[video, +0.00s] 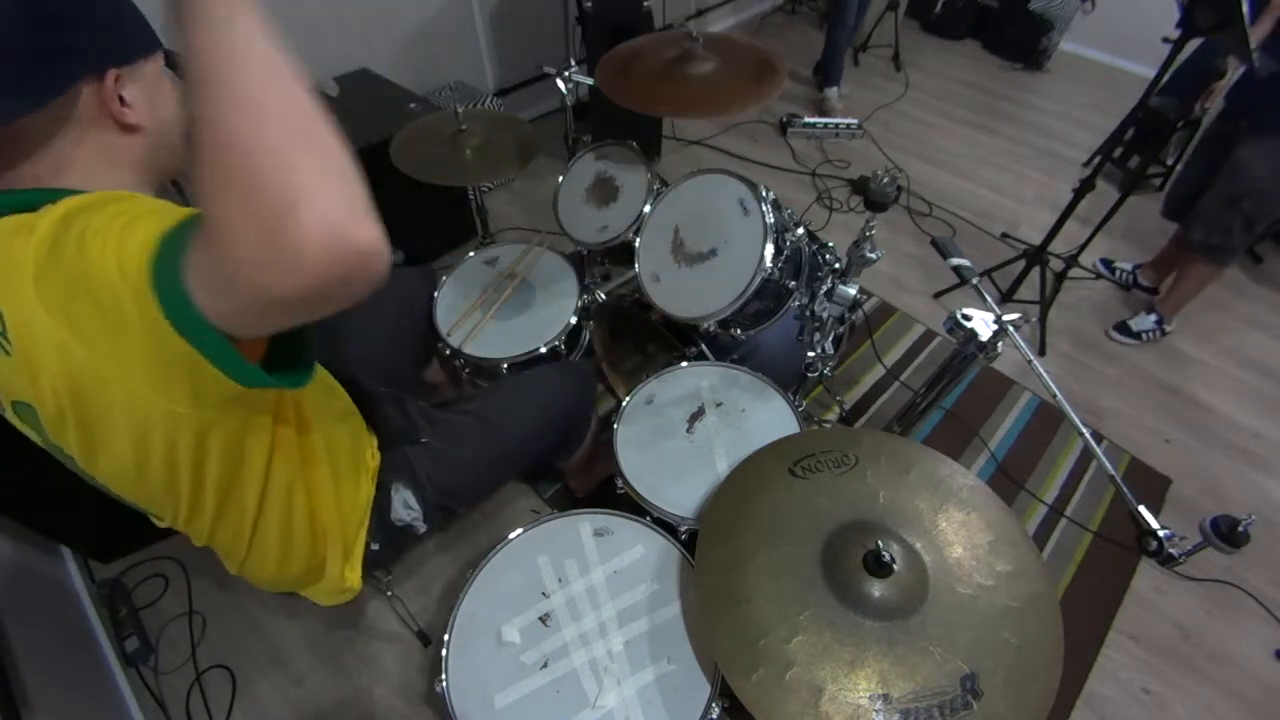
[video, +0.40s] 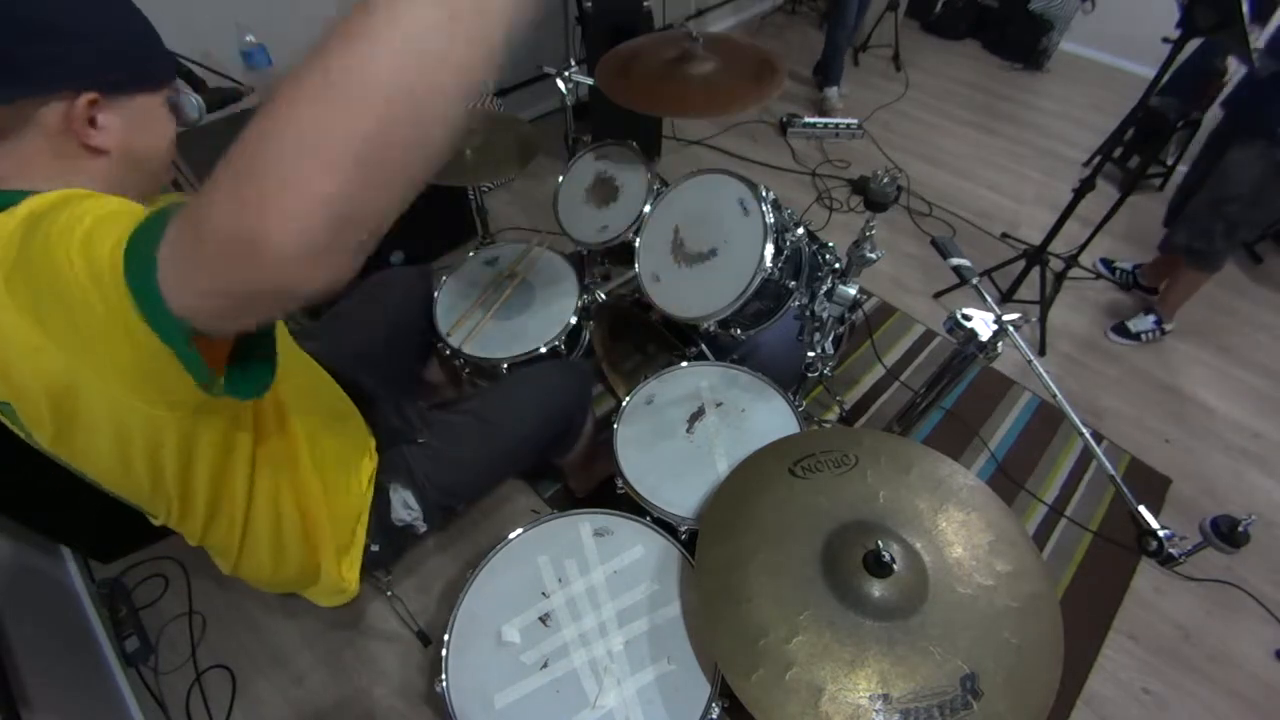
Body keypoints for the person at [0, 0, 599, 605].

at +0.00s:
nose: (183, 101)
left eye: (177, 74)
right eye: (170, 75)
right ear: (118, 98)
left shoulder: (25, 238)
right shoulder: (98, 253)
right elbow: (333, 250)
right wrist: (212, 0)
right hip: (347, 508)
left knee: (420, 280)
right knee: (569, 378)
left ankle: (420, 396)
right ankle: (582, 476)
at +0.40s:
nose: (176, 129)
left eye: (173, 105)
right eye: (165, 106)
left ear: (83, 124)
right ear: (92, 122)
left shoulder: (29, 233)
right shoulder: (61, 249)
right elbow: (285, 242)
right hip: (338, 506)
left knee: (417, 284)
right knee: (565, 372)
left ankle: (419, 394)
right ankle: (575, 472)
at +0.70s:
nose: (177, 167)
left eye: (178, 138)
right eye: (166, 139)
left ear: (68, 145)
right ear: (75, 147)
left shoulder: (41, 241)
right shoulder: (38, 273)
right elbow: (221, 278)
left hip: (271, 389)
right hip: (340, 508)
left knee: (423, 285)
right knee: (558, 369)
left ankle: (410, 402)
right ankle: (569, 471)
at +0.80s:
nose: (175, 179)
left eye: (176, 151)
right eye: (165, 151)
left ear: (73, 150)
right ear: (82, 151)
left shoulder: (42, 239)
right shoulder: (27, 283)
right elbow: (194, 326)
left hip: (286, 392)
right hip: (345, 508)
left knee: (406, 283)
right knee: (558, 365)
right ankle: (566, 475)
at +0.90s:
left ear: (72, 154)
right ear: (80, 157)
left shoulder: (38, 240)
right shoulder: (23, 304)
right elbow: (162, 364)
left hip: (297, 393)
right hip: (351, 505)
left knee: (407, 280)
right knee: (558, 368)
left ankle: (420, 398)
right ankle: (570, 468)